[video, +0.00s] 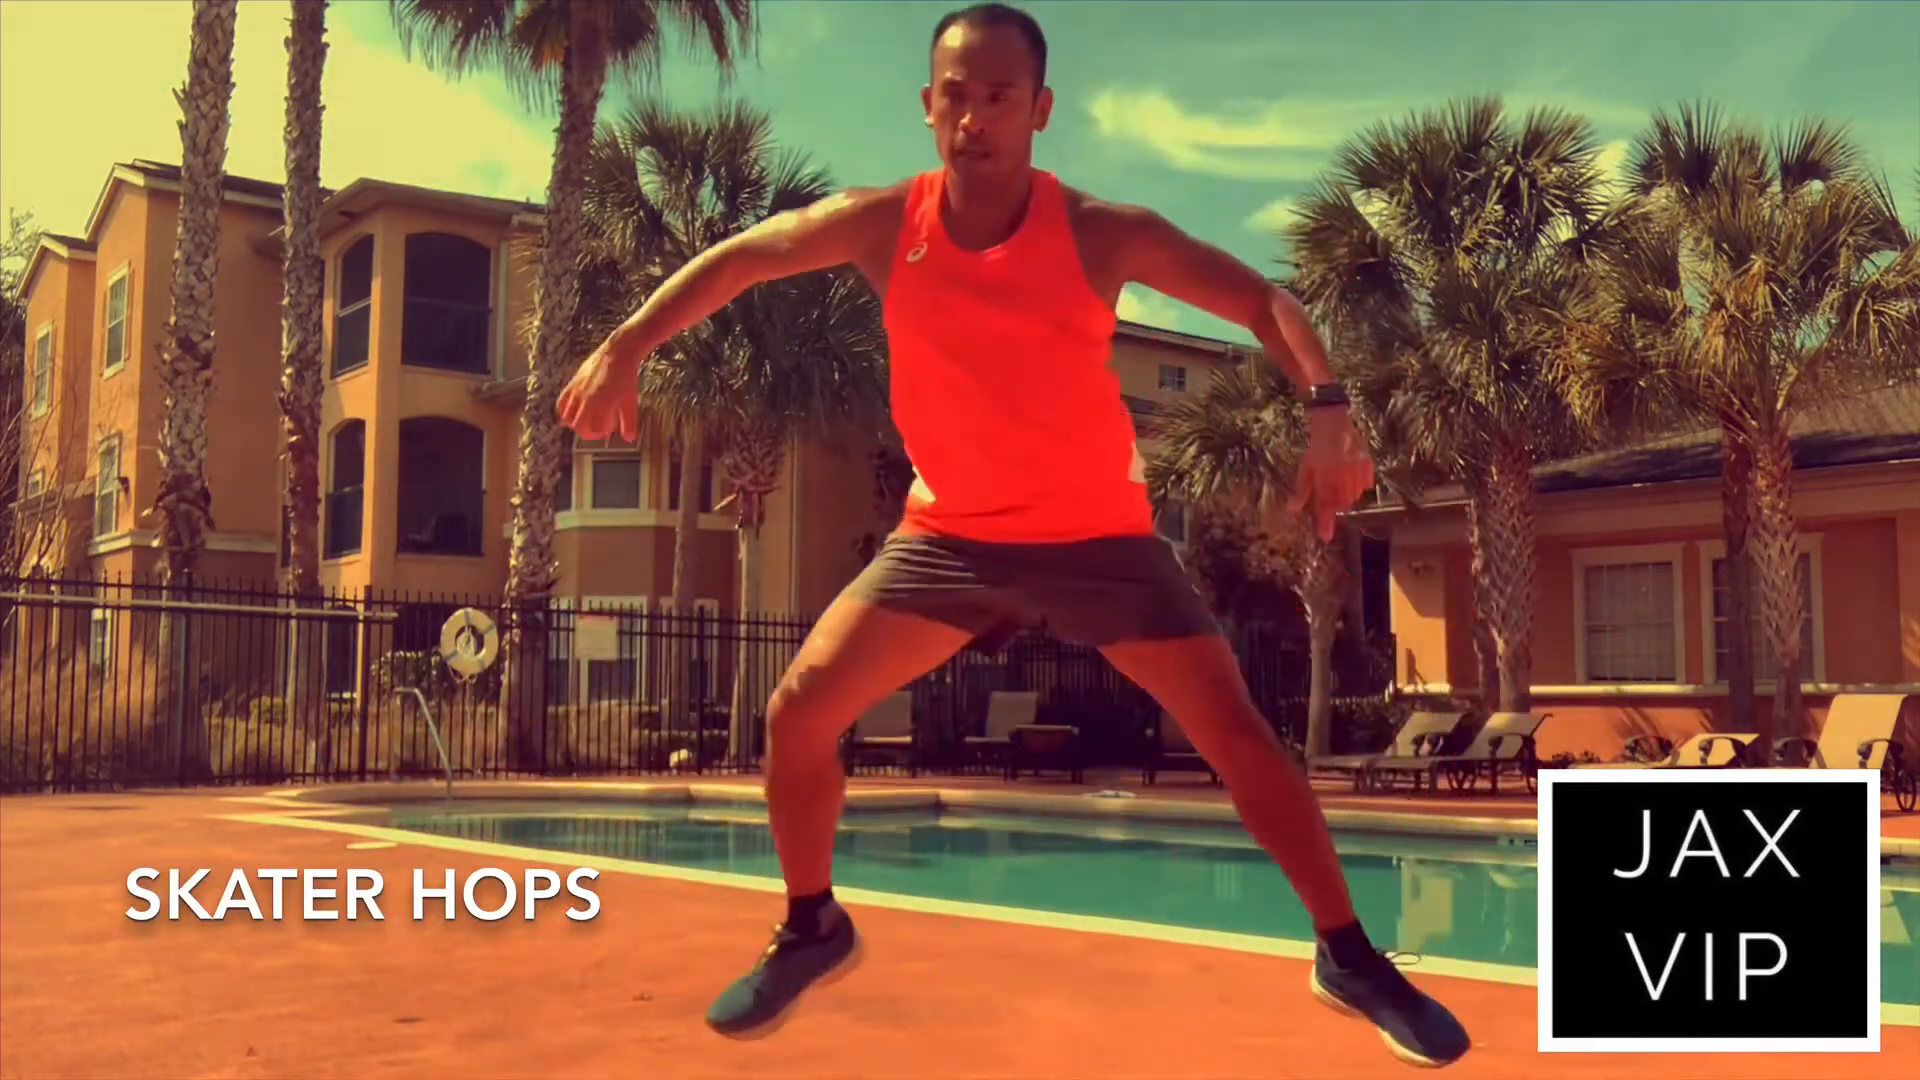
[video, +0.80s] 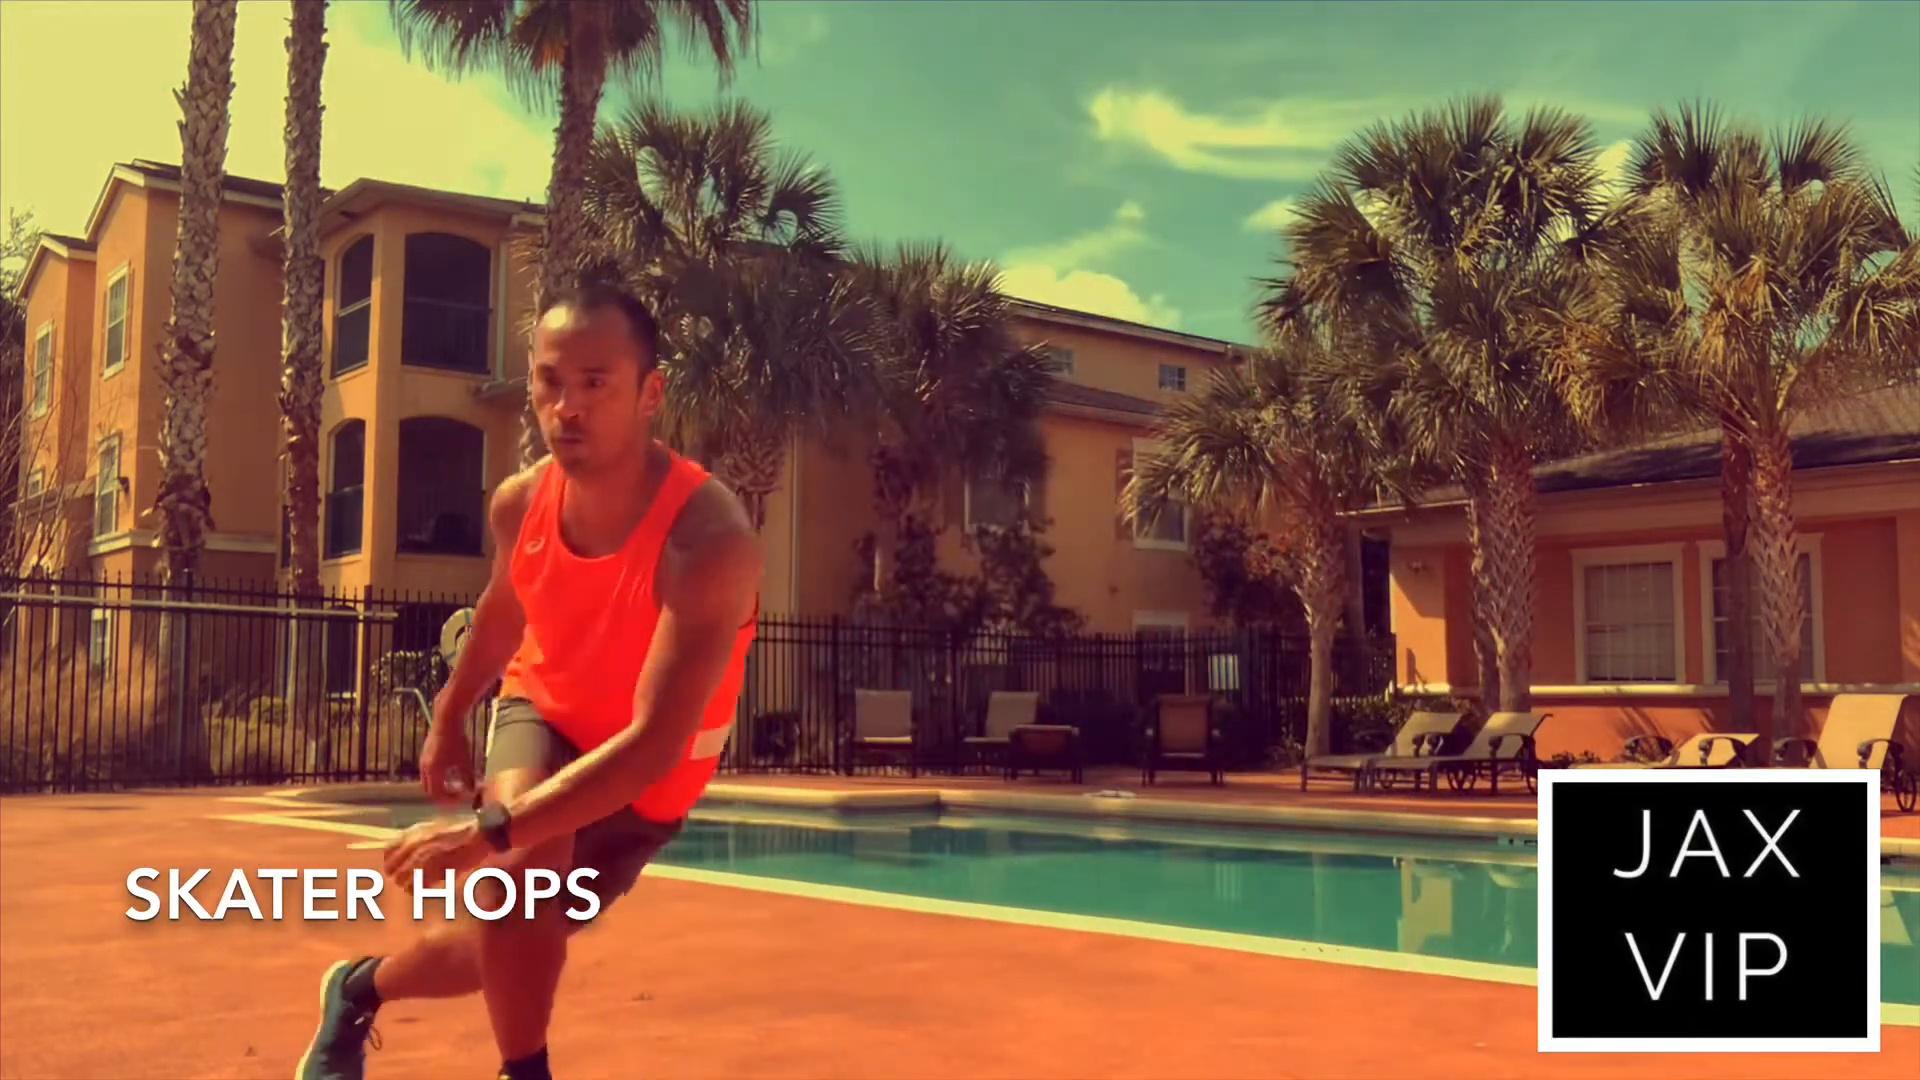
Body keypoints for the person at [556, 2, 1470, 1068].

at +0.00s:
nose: (975, 116)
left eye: (998, 95)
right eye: (956, 95)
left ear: (1040, 108)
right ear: (926, 107)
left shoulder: (1104, 238)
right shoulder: (879, 224)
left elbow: (1267, 305)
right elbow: (738, 260)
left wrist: (1330, 412)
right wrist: (620, 351)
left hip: (1105, 544)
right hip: (945, 542)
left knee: (1235, 734)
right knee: (799, 711)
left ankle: (1351, 950)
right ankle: (812, 925)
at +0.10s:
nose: (861, 138)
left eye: (888, 115)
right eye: (843, 113)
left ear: (935, 125)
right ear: (821, 120)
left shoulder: (992, 264)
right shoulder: (763, 239)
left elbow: (1137, 351)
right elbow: (661, 298)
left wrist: (1214, 465)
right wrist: (565, 393)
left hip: (982, 550)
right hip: (826, 562)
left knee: (1133, 733)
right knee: (712, 773)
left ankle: (1173, 871)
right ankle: (601, 1009)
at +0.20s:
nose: (741, 211)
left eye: (770, 189)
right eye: (725, 187)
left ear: (821, 204)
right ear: (704, 196)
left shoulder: (880, 348)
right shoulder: (654, 313)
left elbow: (1008, 466)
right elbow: (607, 400)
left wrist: (1053, 593)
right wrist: (561, 490)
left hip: (853, 625)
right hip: (703, 630)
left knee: (993, 816)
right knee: (621, 852)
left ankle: (943, 831)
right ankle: (536, 1065)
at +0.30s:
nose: (634, 282)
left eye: (664, 260)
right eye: (622, 258)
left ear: (723, 275)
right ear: (607, 265)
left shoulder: (777, 412)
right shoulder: (574, 382)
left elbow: (861, 575)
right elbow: (579, 518)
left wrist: (854, 730)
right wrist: (590, 640)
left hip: (761, 683)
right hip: (624, 664)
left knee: (792, 928)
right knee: (553, 847)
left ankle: (721, 831)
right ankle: (530, 1067)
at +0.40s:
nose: (564, 348)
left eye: (593, 323)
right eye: (553, 322)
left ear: (659, 335)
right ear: (538, 326)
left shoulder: (710, 476)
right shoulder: (531, 437)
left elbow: (721, 670)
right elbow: (564, 569)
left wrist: (637, 823)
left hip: (699, 727)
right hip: (578, 681)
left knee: (609, 963)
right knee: (523, 857)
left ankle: (514, 906)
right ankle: (529, 1073)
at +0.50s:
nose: (530, 404)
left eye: (560, 382)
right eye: (519, 380)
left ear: (625, 396)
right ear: (506, 387)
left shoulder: (671, 544)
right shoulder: (509, 491)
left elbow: (602, 746)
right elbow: (530, 624)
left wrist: (447, 870)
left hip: (641, 779)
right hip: (533, 712)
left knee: (493, 956)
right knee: (520, 871)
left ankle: (402, 947)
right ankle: (528, 1070)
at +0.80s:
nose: (567, 406)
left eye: (594, 382)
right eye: (551, 382)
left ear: (651, 390)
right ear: (532, 388)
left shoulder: (710, 536)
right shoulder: (521, 504)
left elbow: (659, 740)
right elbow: (501, 611)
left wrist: (488, 831)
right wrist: (449, 714)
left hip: (650, 773)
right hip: (538, 709)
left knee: (515, 946)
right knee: (518, 880)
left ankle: (359, 987)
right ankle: (527, 1072)